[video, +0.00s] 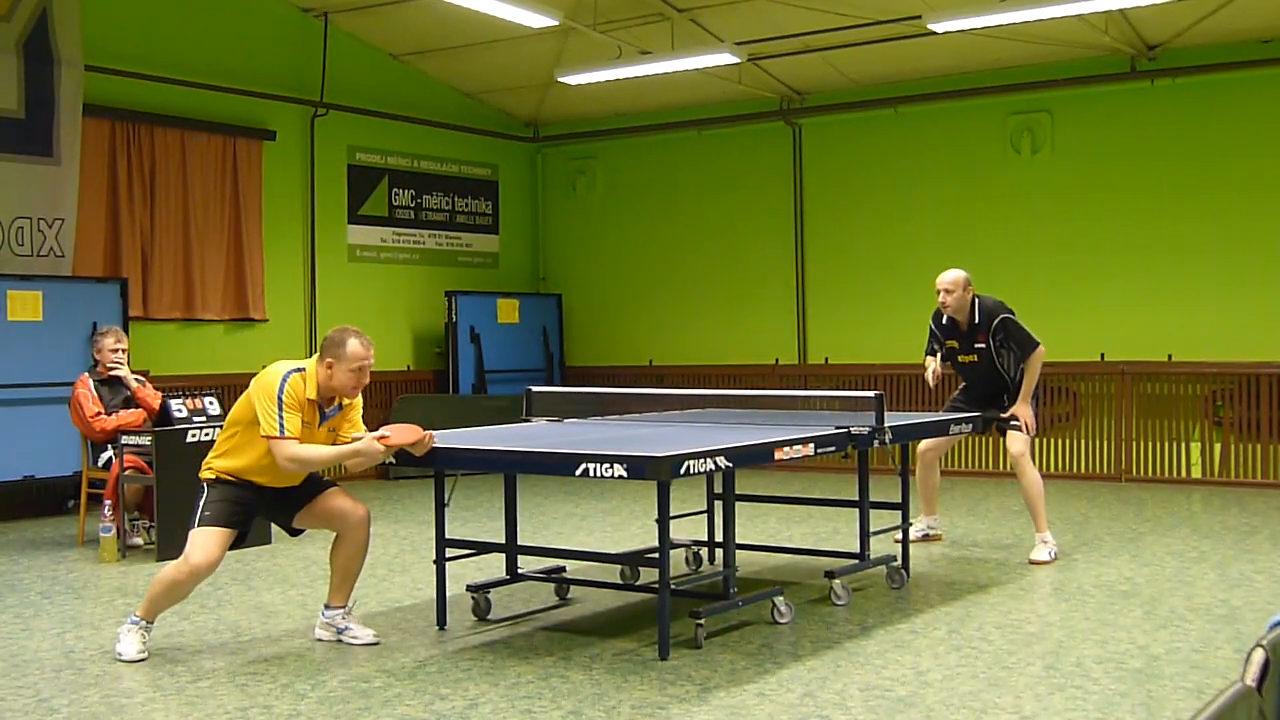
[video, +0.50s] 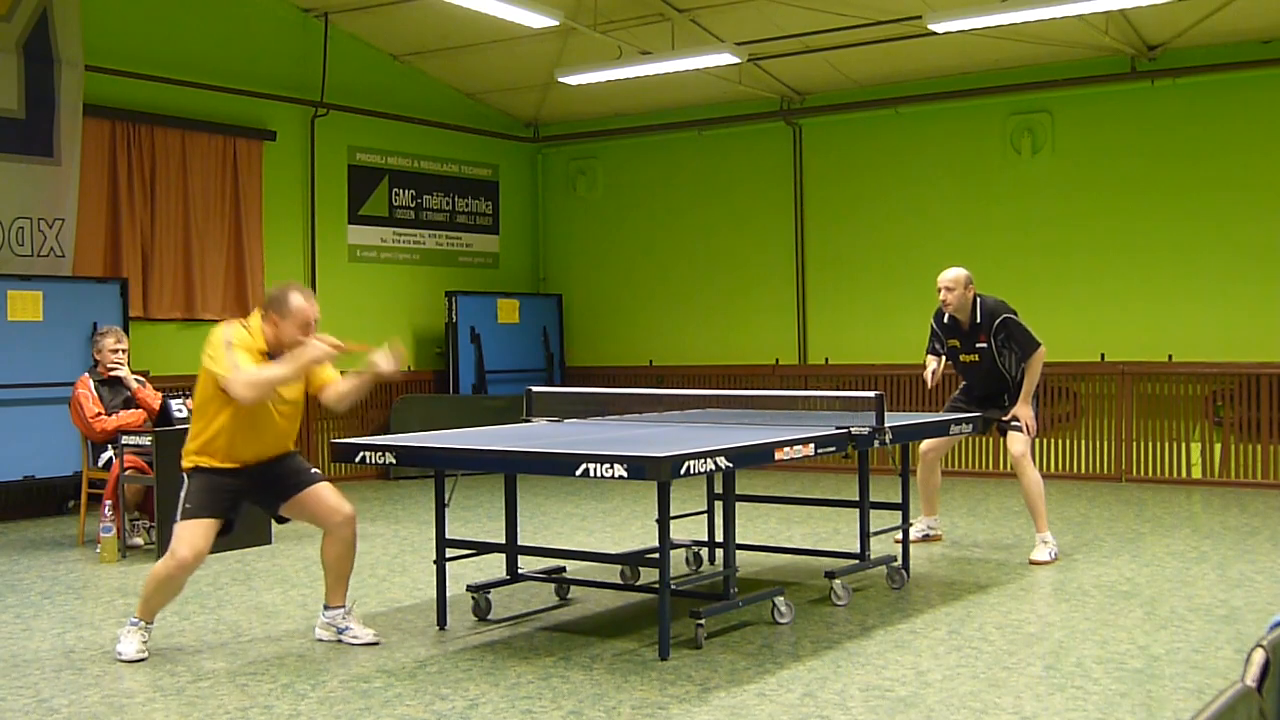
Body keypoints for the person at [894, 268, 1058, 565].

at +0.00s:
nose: (942, 298)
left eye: (949, 292)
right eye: (939, 292)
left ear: (968, 293)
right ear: (937, 294)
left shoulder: (994, 314)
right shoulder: (940, 319)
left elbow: (1036, 352)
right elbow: (932, 354)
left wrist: (1024, 401)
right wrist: (932, 366)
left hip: (1013, 393)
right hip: (973, 392)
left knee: (1018, 453)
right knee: (926, 450)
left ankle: (1044, 539)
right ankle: (929, 523)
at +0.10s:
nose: (942, 298)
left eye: (949, 292)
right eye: (939, 292)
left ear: (969, 293)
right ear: (937, 294)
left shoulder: (995, 314)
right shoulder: (940, 319)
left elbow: (1036, 352)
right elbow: (933, 354)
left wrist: (1024, 402)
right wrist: (933, 366)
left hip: (1013, 393)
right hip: (973, 392)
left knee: (1018, 452)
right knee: (927, 450)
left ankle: (1044, 539)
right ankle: (929, 523)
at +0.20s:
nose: (943, 298)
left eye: (949, 292)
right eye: (940, 292)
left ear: (969, 293)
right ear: (938, 294)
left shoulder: (996, 314)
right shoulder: (941, 318)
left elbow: (1037, 352)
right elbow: (934, 353)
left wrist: (1024, 402)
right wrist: (934, 365)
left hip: (1014, 393)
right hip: (974, 392)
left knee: (1019, 452)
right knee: (927, 450)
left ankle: (1044, 539)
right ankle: (929, 523)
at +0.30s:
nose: (942, 298)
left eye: (949, 292)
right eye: (940, 292)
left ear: (969, 293)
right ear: (938, 294)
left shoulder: (996, 314)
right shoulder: (941, 319)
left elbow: (1037, 352)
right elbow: (935, 354)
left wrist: (1024, 402)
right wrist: (934, 366)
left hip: (1014, 393)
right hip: (974, 392)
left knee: (1019, 453)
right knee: (927, 450)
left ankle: (1044, 539)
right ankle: (929, 523)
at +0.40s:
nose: (942, 298)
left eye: (949, 292)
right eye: (939, 292)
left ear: (969, 293)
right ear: (938, 294)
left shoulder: (996, 314)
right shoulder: (941, 319)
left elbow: (1037, 353)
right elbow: (934, 353)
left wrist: (1024, 402)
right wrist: (934, 366)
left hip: (1013, 393)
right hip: (973, 392)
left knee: (1019, 453)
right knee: (928, 450)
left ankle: (1044, 539)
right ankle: (929, 523)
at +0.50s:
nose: (942, 297)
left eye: (949, 290)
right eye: (940, 291)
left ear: (969, 291)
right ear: (939, 292)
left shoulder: (997, 313)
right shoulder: (941, 317)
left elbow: (1036, 353)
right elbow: (935, 352)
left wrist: (1024, 402)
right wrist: (933, 365)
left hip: (1013, 392)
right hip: (973, 391)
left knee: (1019, 453)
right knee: (928, 450)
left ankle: (1044, 539)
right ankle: (929, 523)